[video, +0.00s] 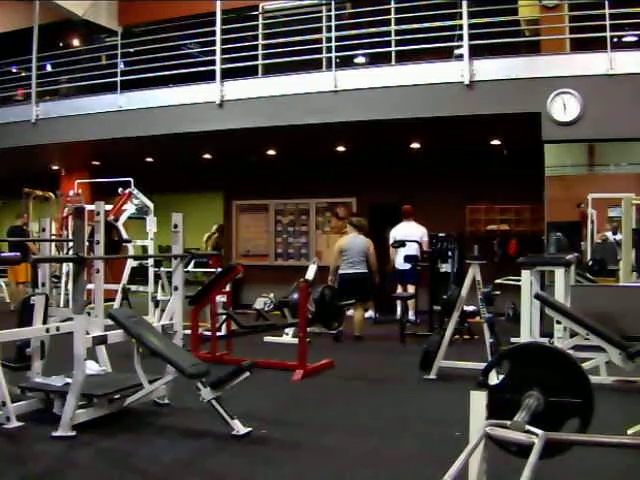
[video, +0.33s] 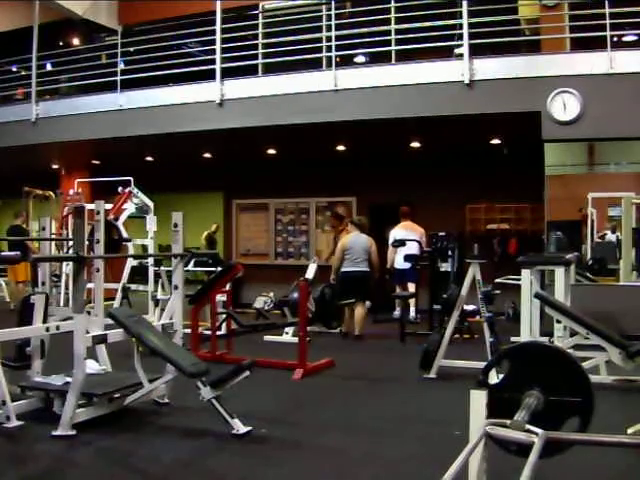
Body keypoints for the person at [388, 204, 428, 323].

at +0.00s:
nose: (408, 217)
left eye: (406, 215)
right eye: (410, 215)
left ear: (402, 215)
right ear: (413, 215)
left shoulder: (394, 230)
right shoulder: (421, 229)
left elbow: (392, 248)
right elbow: (425, 248)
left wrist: (392, 260)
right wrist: (424, 259)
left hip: (399, 260)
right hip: (414, 260)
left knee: (399, 285)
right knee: (411, 286)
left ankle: (398, 312)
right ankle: (411, 314)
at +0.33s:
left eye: (402, 217)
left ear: (400, 217)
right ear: (411, 216)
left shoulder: (395, 230)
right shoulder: (420, 230)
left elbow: (391, 249)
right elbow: (424, 247)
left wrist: (389, 264)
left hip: (399, 261)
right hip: (413, 261)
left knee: (398, 285)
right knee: (412, 286)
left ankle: (397, 310)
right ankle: (412, 312)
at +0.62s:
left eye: (397, 216)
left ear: (395, 216)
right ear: (406, 216)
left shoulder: (389, 230)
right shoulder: (414, 230)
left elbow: (385, 249)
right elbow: (416, 248)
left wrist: (383, 262)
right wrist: (414, 257)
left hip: (394, 262)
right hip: (408, 261)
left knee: (396, 284)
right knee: (410, 283)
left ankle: (397, 310)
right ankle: (412, 302)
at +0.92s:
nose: (397, 220)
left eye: (395, 217)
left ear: (393, 217)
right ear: (403, 217)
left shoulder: (386, 230)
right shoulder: (410, 231)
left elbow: (381, 247)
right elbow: (413, 249)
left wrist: (388, 252)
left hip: (391, 261)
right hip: (405, 262)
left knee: (394, 286)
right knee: (405, 284)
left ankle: (397, 311)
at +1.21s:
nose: (396, 222)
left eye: (395, 220)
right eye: (398, 220)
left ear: (393, 220)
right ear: (402, 221)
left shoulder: (384, 230)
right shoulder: (408, 234)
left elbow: (378, 246)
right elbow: (411, 249)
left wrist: (386, 250)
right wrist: (403, 252)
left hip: (388, 261)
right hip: (401, 263)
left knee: (389, 283)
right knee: (397, 284)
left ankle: (394, 303)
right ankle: (393, 305)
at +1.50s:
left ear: (390, 223)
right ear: (400, 224)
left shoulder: (383, 232)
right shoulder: (404, 234)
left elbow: (377, 245)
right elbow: (409, 248)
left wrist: (384, 251)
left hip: (386, 258)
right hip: (399, 260)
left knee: (384, 281)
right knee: (395, 283)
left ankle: (386, 306)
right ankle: (392, 305)